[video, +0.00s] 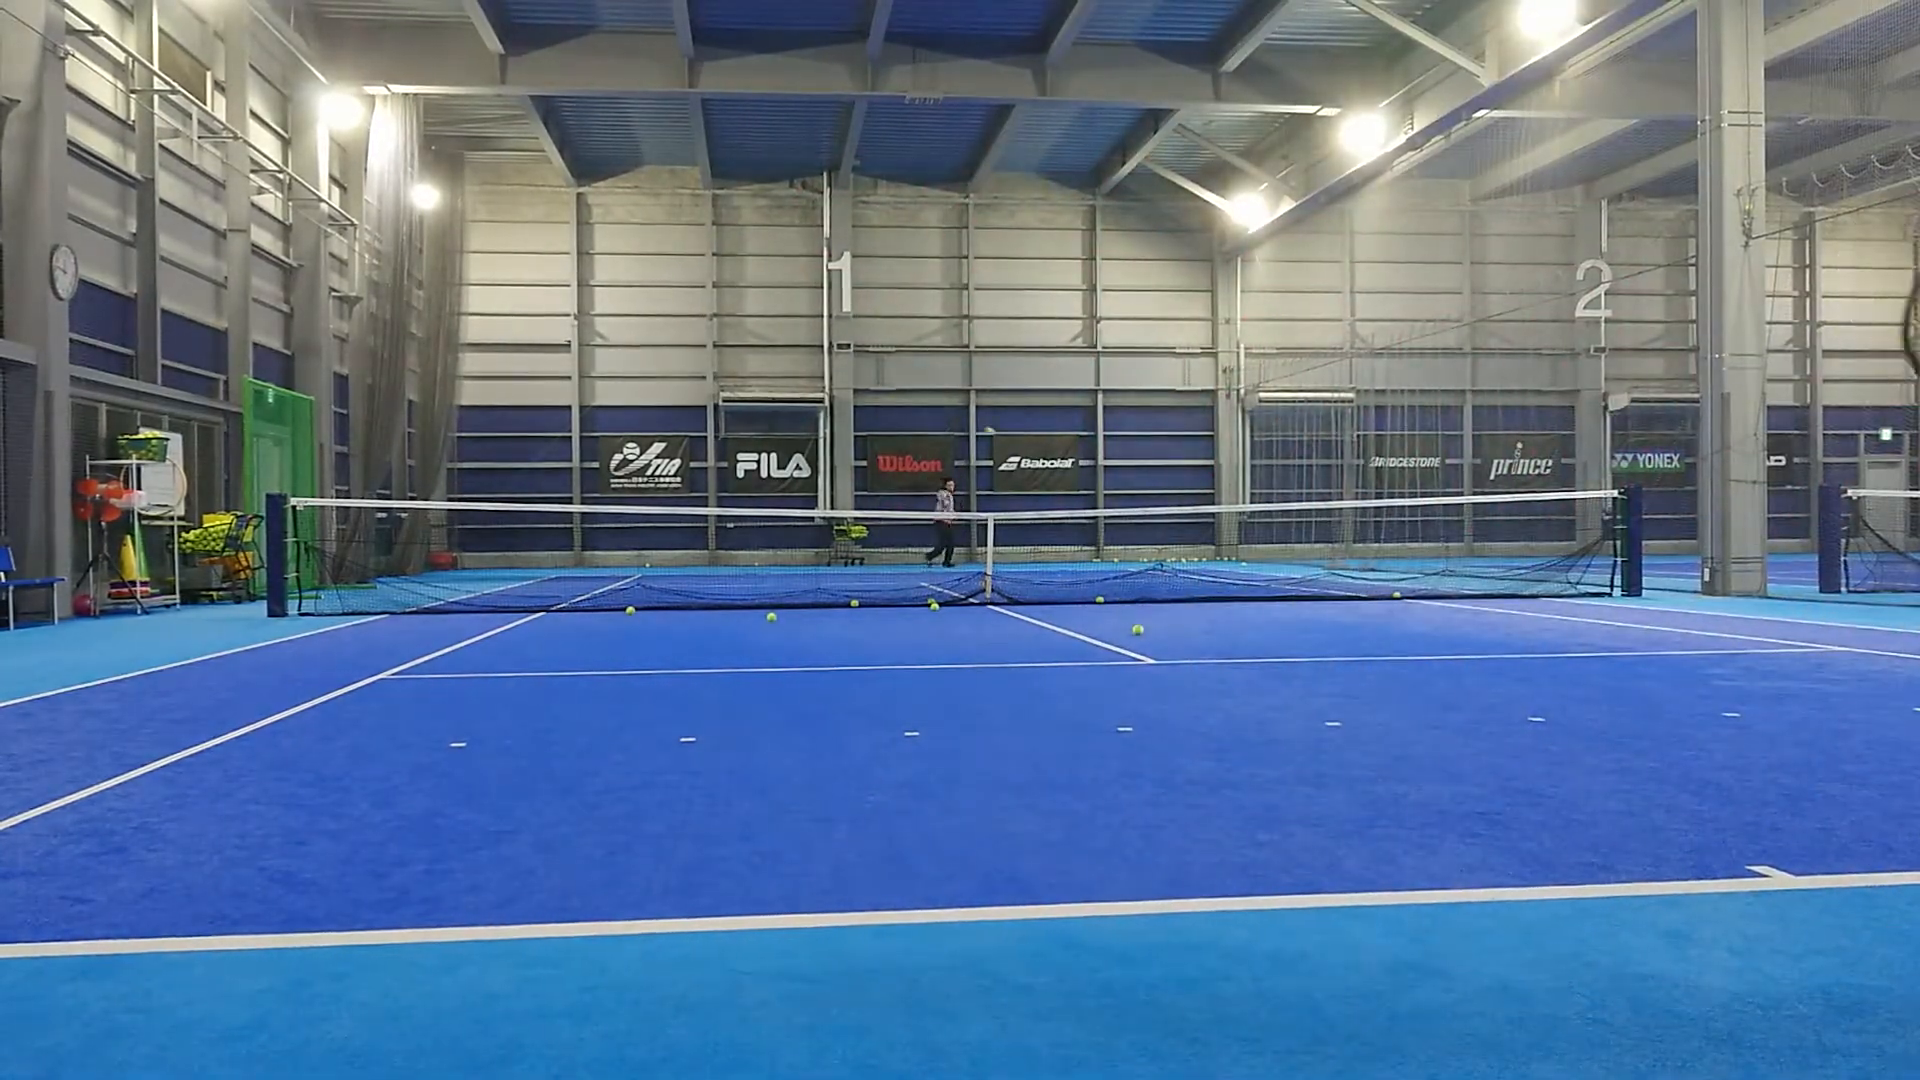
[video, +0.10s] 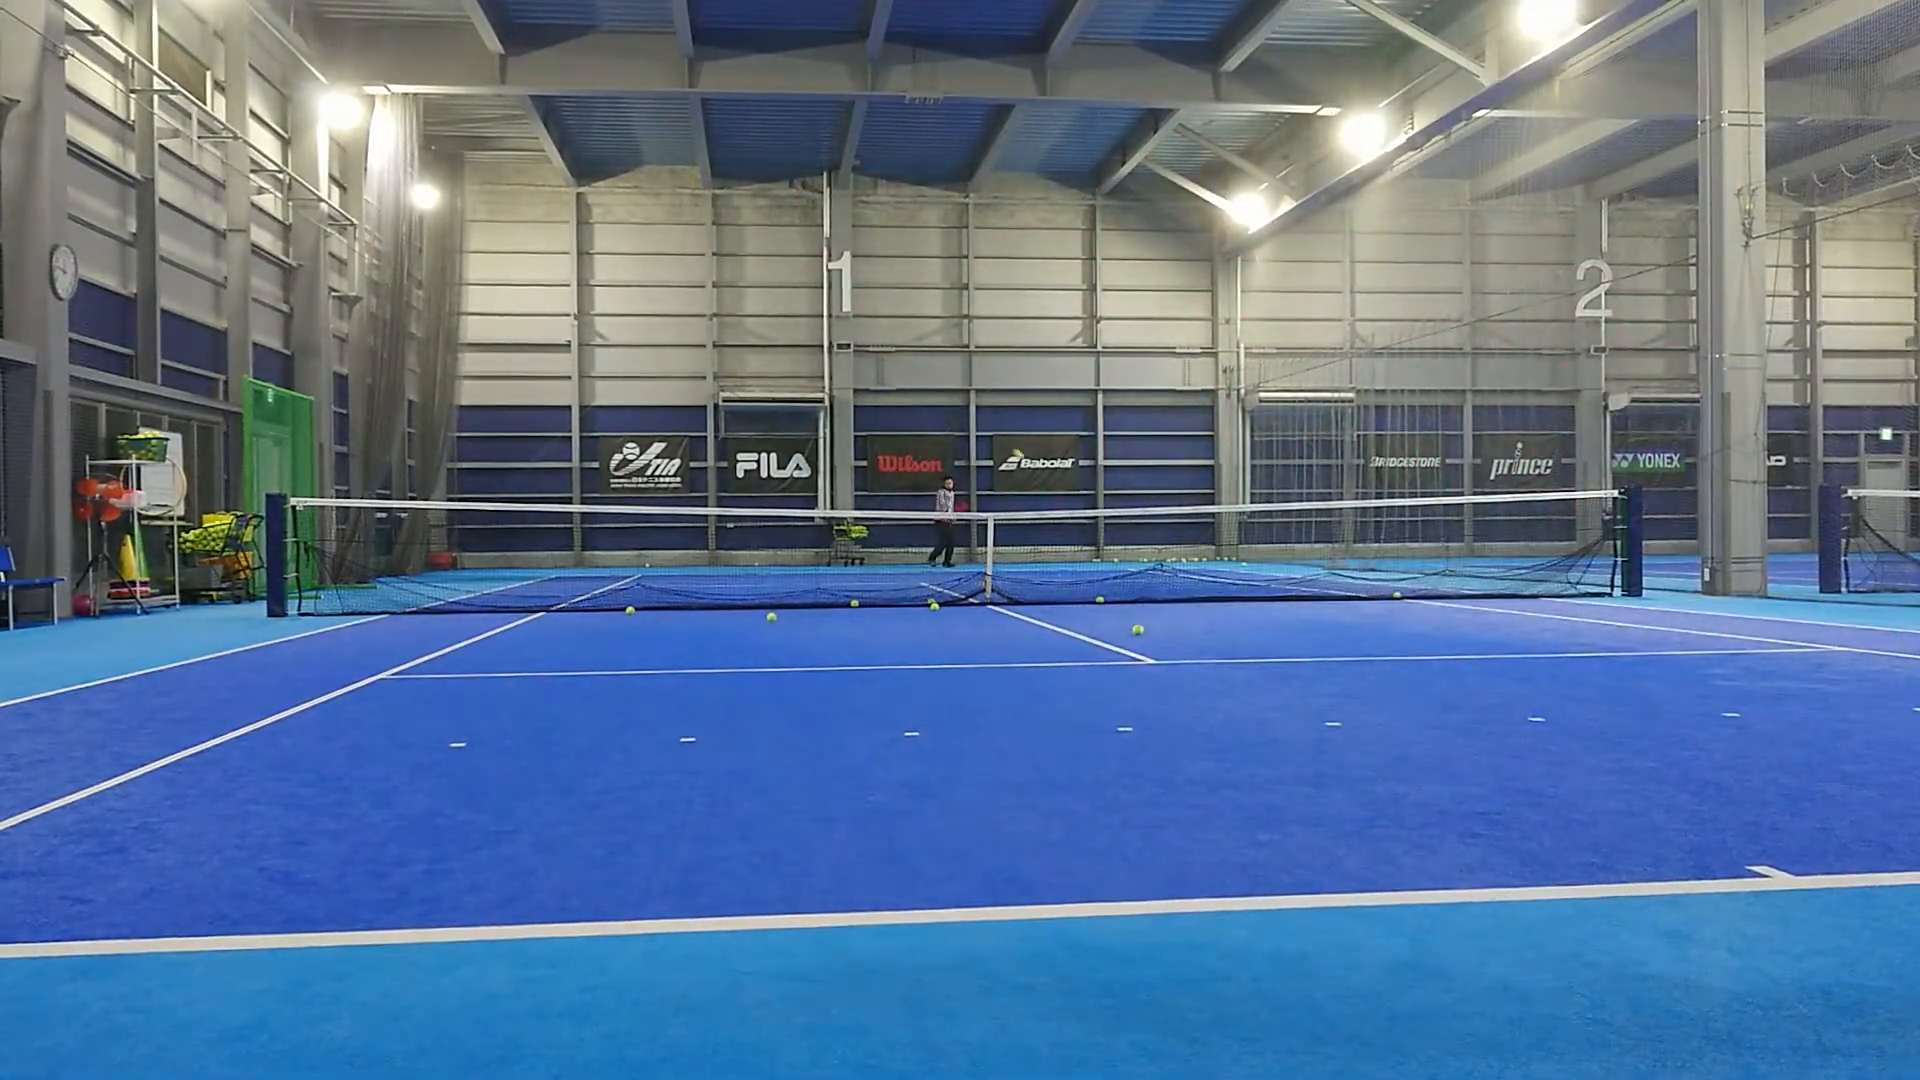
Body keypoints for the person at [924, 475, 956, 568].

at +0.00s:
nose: (951, 487)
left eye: (952, 485)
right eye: (949, 485)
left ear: (953, 486)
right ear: (945, 486)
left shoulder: (949, 495)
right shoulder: (943, 494)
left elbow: (949, 508)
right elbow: (943, 508)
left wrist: (952, 517)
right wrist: (945, 518)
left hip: (947, 520)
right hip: (941, 520)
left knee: (946, 542)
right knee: (947, 542)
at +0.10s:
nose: (949, 485)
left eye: (951, 483)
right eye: (947, 483)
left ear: (952, 484)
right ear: (944, 484)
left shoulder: (952, 493)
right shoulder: (941, 492)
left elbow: (951, 506)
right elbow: (942, 504)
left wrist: (952, 516)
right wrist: (945, 516)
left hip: (948, 519)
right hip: (941, 519)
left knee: (949, 542)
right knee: (944, 541)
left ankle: (947, 561)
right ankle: (931, 558)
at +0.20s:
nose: (947, 484)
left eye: (949, 482)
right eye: (945, 482)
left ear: (951, 483)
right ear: (942, 483)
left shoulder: (953, 492)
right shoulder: (939, 492)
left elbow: (953, 505)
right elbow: (938, 507)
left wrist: (954, 516)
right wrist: (941, 516)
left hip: (950, 519)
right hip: (941, 519)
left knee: (950, 542)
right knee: (941, 542)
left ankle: (947, 560)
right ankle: (938, 560)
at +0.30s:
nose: (944, 484)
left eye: (945, 482)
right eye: (942, 482)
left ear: (948, 482)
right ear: (939, 483)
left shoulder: (952, 492)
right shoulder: (936, 493)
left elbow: (955, 505)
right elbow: (935, 507)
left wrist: (955, 516)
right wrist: (941, 517)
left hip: (950, 519)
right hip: (940, 519)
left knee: (949, 541)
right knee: (939, 541)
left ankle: (948, 560)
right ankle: (940, 559)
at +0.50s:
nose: (939, 484)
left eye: (941, 482)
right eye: (937, 482)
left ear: (944, 482)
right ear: (934, 483)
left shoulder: (950, 492)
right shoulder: (932, 494)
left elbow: (955, 504)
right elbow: (929, 508)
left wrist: (956, 515)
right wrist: (932, 517)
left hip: (950, 519)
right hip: (938, 520)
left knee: (952, 541)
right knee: (938, 542)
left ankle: (951, 558)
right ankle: (939, 560)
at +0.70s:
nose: (938, 483)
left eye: (940, 481)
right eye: (936, 482)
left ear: (943, 482)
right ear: (933, 483)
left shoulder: (949, 492)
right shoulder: (931, 495)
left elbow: (954, 504)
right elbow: (927, 508)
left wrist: (953, 515)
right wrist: (929, 518)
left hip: (948, 520)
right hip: (936, 522)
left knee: (953, 543)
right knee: (937, 545)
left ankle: (960, 562)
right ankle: (939, 562)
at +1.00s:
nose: (942, 484)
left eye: (944, 482)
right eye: (940, 482)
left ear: (947, 483)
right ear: (937, 484)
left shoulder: (953, 493)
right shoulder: (935, 495)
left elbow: (958, 506)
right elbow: (931, 509)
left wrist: (956, 516)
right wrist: (932, 520)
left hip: (951, 522)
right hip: (939, 523)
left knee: (952, 544)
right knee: (938, 544)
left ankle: (955, 562)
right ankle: (938, 561)